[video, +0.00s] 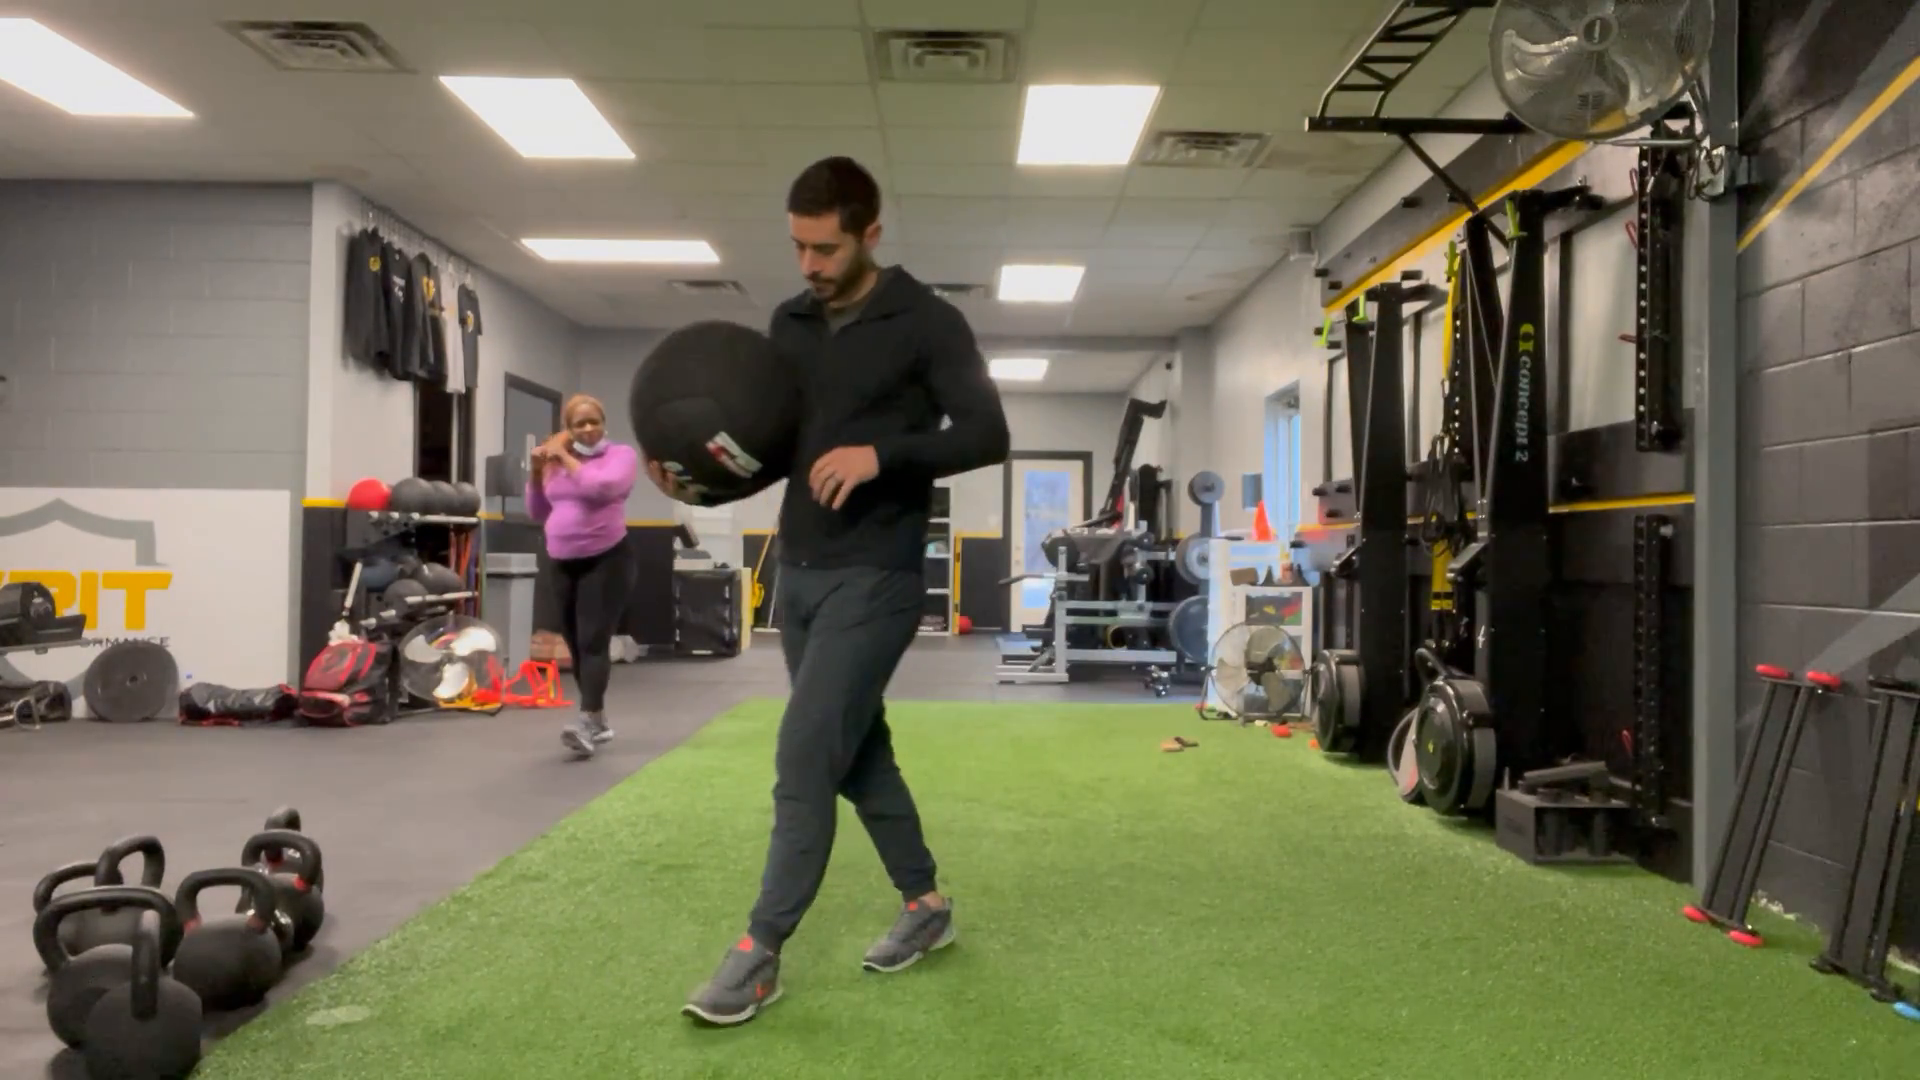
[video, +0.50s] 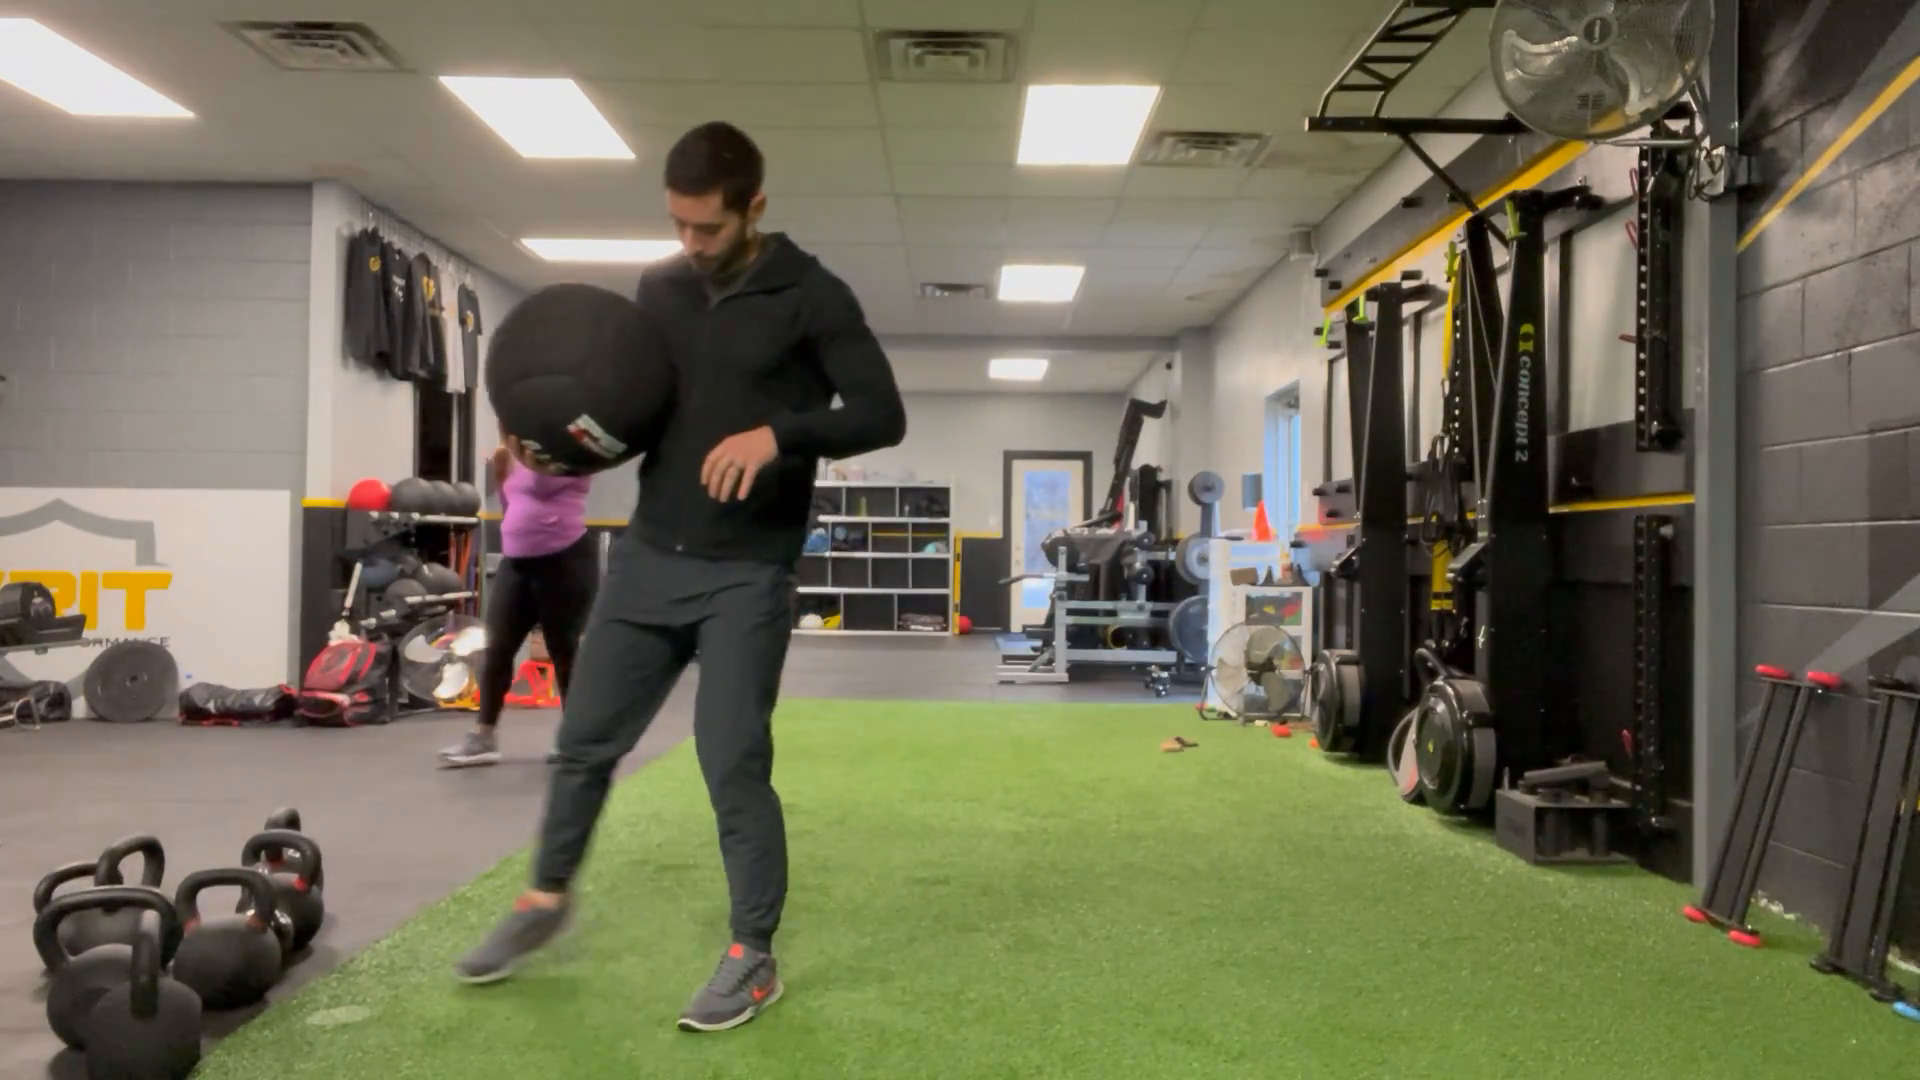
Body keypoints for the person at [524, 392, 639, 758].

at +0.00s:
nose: (588, 429)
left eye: (593, 422)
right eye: (580, 424)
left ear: (604, 424)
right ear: (568, 429)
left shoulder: (621, 455)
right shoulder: (555, 460)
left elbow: (600, 489)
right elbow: (538, 514)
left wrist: (565, 457)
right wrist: (537, 473)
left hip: (606, 557)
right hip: (564, 562)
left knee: (593, 638)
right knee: (576, 641)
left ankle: (588, 721)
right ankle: (597, 719)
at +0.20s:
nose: (574, 426)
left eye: (578, 418)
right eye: (565, 422)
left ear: (590, 420)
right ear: (555, 429)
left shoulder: (607, 455)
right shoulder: (544, 459)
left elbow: (580, 488)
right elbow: (527, 514)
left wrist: (551, 454)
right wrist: (520, 468)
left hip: (592, 555)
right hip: (549, 561)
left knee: (582, 644)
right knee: (540, 648)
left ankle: (576, 732)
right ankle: (584, 696)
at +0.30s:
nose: (553, 423)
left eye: (559, 416)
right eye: (549, 417)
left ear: (581, 422)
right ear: (548, 422)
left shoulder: (601, 457)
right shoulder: (539, 458)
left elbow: (570, 483)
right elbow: (521, 514)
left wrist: (544, 452)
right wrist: (515, 471)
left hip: (585, 555)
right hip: (541, 560)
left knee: (577, 644)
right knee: (518, 641)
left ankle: (576, 731)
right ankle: (556, 697)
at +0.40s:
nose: (536, 416)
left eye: (545, 410)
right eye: (533, 411)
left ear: (567, 412)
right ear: (531, 413)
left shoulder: (587, 448)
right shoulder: (528, 450)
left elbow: (557, 483)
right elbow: (515, 514)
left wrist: (529, 449)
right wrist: (507, 470)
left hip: (577, 554)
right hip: (531, 557)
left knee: (571, 647)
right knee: (505, 639)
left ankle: (574, 730)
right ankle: (525, 715)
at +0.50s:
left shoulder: (578, 446)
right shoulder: (519, 446)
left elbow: (546, 484)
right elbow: (511, 505)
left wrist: (517, 445)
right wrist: (500, 476)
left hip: (565, 557)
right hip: (517, 560)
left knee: (564, 650)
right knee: (498, 647)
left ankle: (578, 736)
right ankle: (484, 735)